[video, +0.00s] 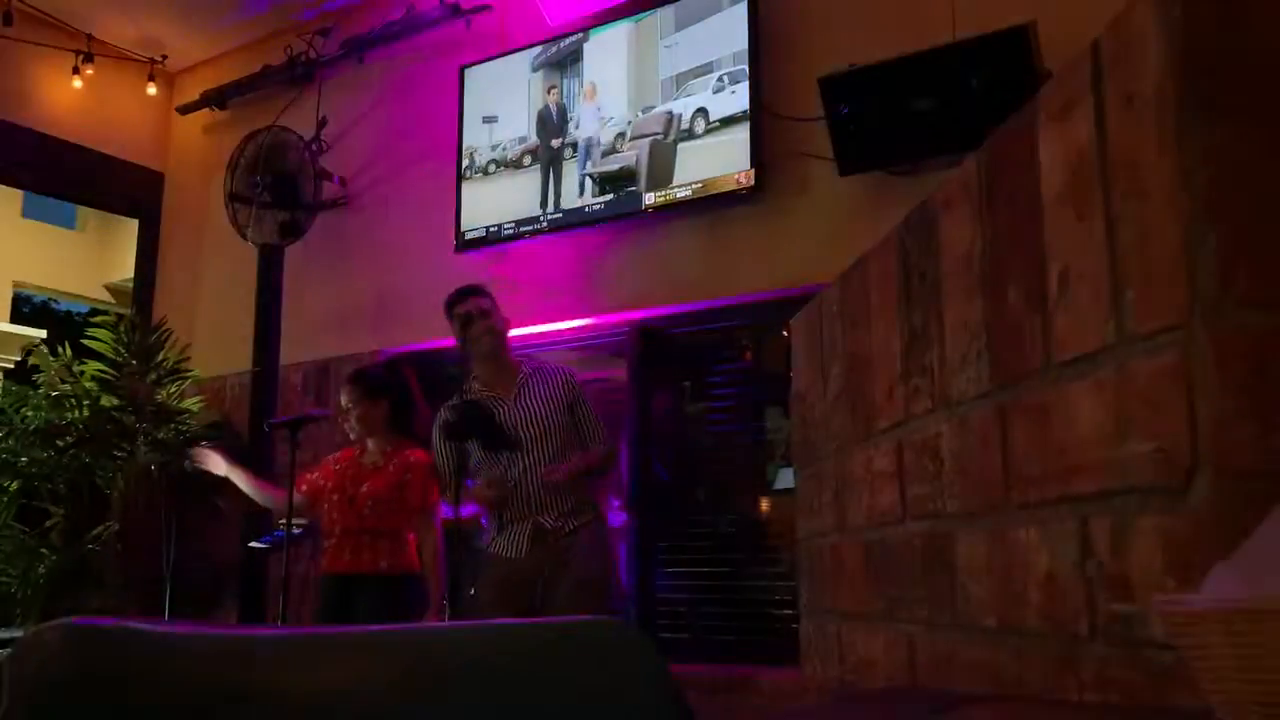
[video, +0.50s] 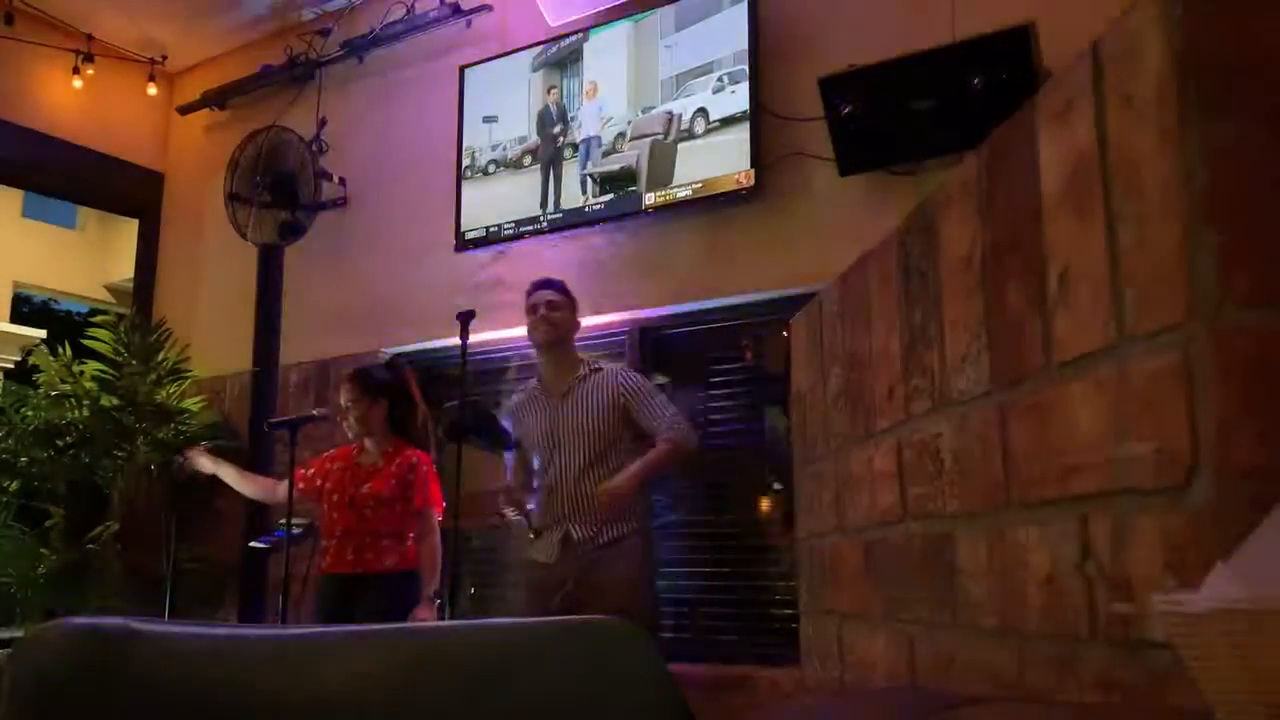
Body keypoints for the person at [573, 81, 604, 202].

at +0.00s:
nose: (588, 93)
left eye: (590, 90)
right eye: (587, 90)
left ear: (594, 91)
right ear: (584, 91)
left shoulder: (598, 104)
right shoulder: (581, 106)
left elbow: (603, 118)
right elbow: (575, 120)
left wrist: (598, 130)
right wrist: (574, 131)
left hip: (595, 135)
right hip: (582, 136)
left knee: (596, 164)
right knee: (581, 166)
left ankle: (597, 194)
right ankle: (580, 195)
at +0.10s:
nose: (589, 93)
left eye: (591, 90)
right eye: (587, 90)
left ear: (594, 91)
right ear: (584, 91)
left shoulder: (598, 104)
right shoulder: (580, 105)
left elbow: (604, 118)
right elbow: (573, 121)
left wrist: (599, 127)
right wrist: (573, 130)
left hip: (594, 134)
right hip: (582, 135)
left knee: (595, 164)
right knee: (581, 166)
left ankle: (596, 194)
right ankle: (582, 196)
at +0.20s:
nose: (589, 92)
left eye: (591, 90)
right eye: (587, 90)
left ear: (594, 91)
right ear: (584, 90)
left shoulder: (598, 103)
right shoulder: (580, 105)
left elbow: (604, 118)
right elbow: (573, 123)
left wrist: (598, 128)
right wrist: (575, 133)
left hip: (594, 136)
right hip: (582, 136)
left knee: (595, 164)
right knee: (582, 166)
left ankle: (597, 193)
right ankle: (583, 194)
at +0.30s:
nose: (588, 92)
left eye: (590, 89)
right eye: (587, 89)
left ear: (594, 90)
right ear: (584, 90)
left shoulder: (598, 102)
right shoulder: (581, 104)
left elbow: (606, 116)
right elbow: (574, 121)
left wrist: (599, 127)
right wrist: (574, 132)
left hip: (594, 135)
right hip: (582, 135)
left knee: (595, 163)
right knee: (582, 166)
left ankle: (596, 193)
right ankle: (583, 194)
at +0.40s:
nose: (588, 90)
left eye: (590, 87)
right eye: (587, 87)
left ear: (594, 89)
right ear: (585, 88)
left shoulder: (599, 101)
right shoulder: (582, 103)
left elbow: (607, 116)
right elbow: (576, 120)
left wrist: (600, 126)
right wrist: (574, 129)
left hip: (594, 134)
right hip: (583, 135)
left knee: (595, 163)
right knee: (582, 166)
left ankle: (596, 194)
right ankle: (583, 194)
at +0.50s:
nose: (589, 90)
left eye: (592, 88)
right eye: (588, 88)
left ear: (595, 89)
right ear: (586, 89)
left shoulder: (600, 102)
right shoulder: (583, 104)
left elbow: (607, 116)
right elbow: (577, 122)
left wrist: (600, 127)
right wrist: (577, 135)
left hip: (595, 135)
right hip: (583, 136)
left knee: (596, 164)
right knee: (581, 166)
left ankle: (596, 194)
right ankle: (584, 194)